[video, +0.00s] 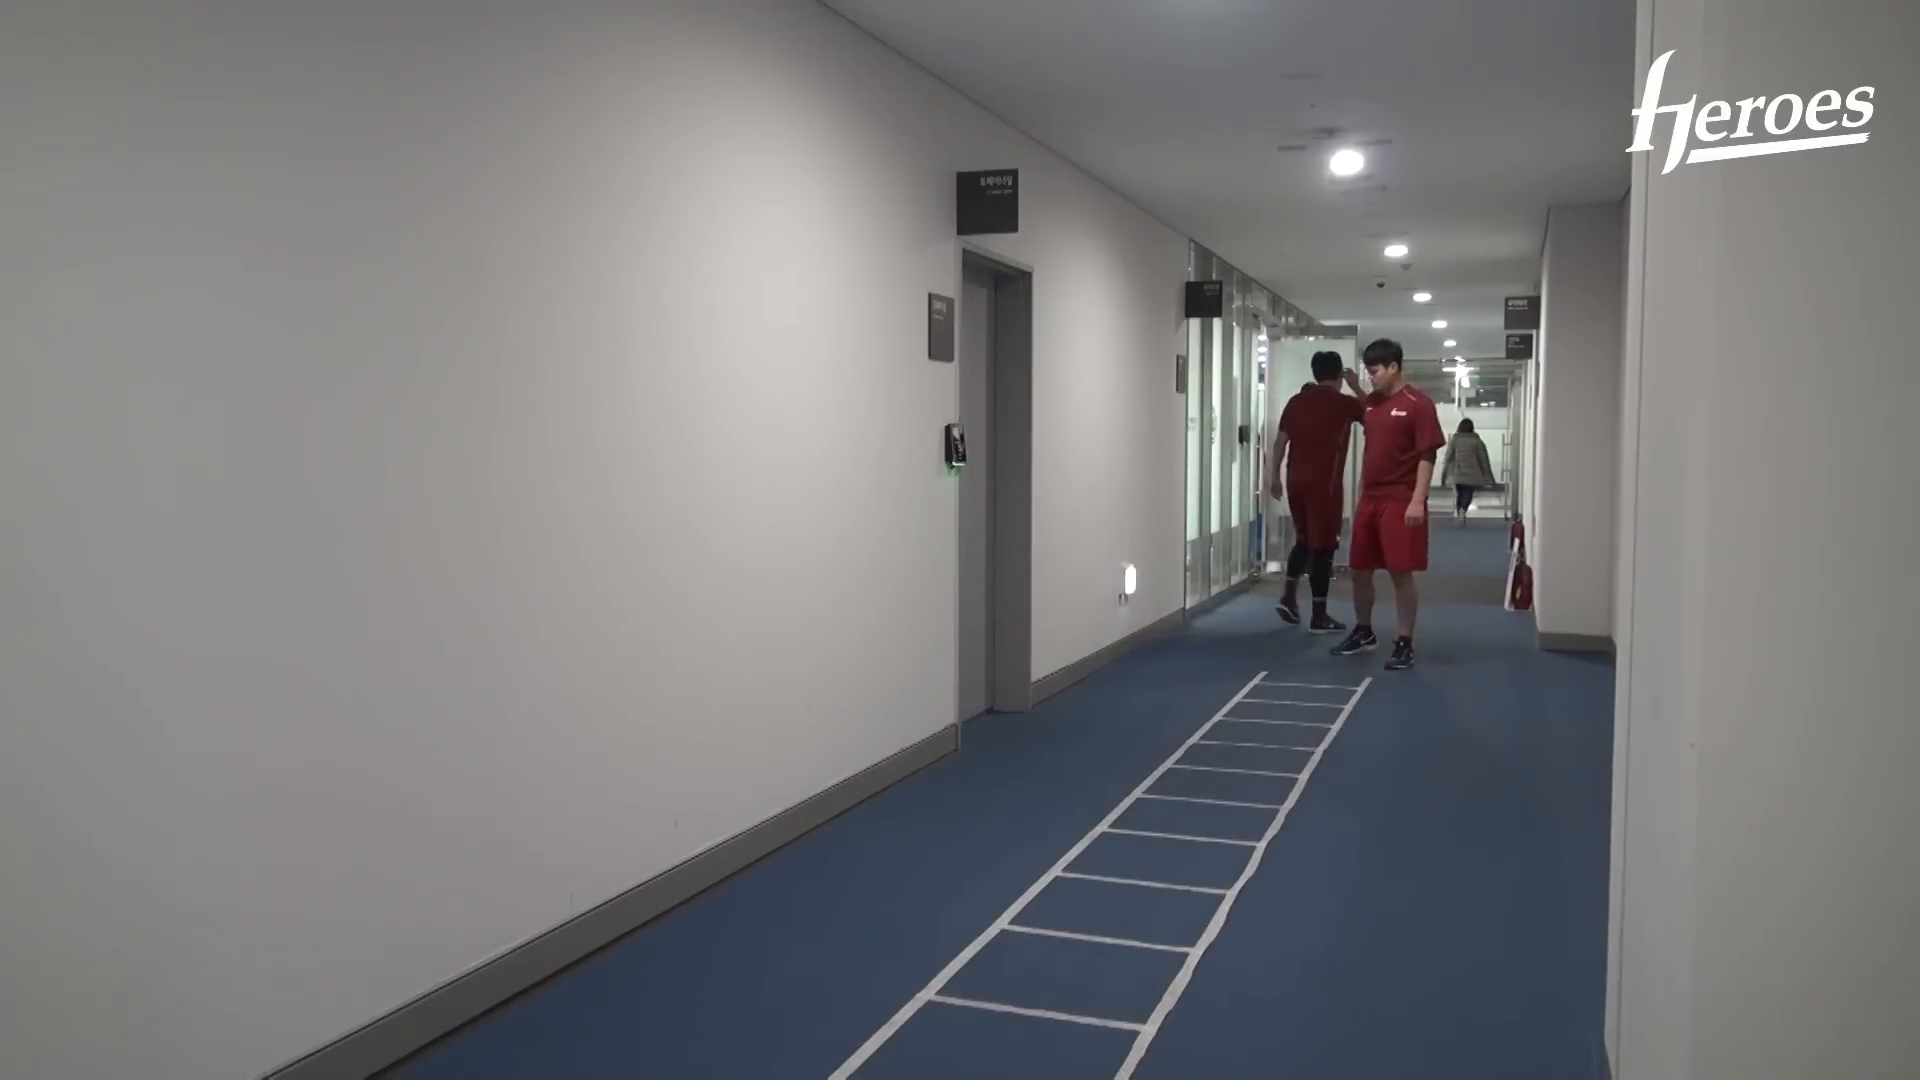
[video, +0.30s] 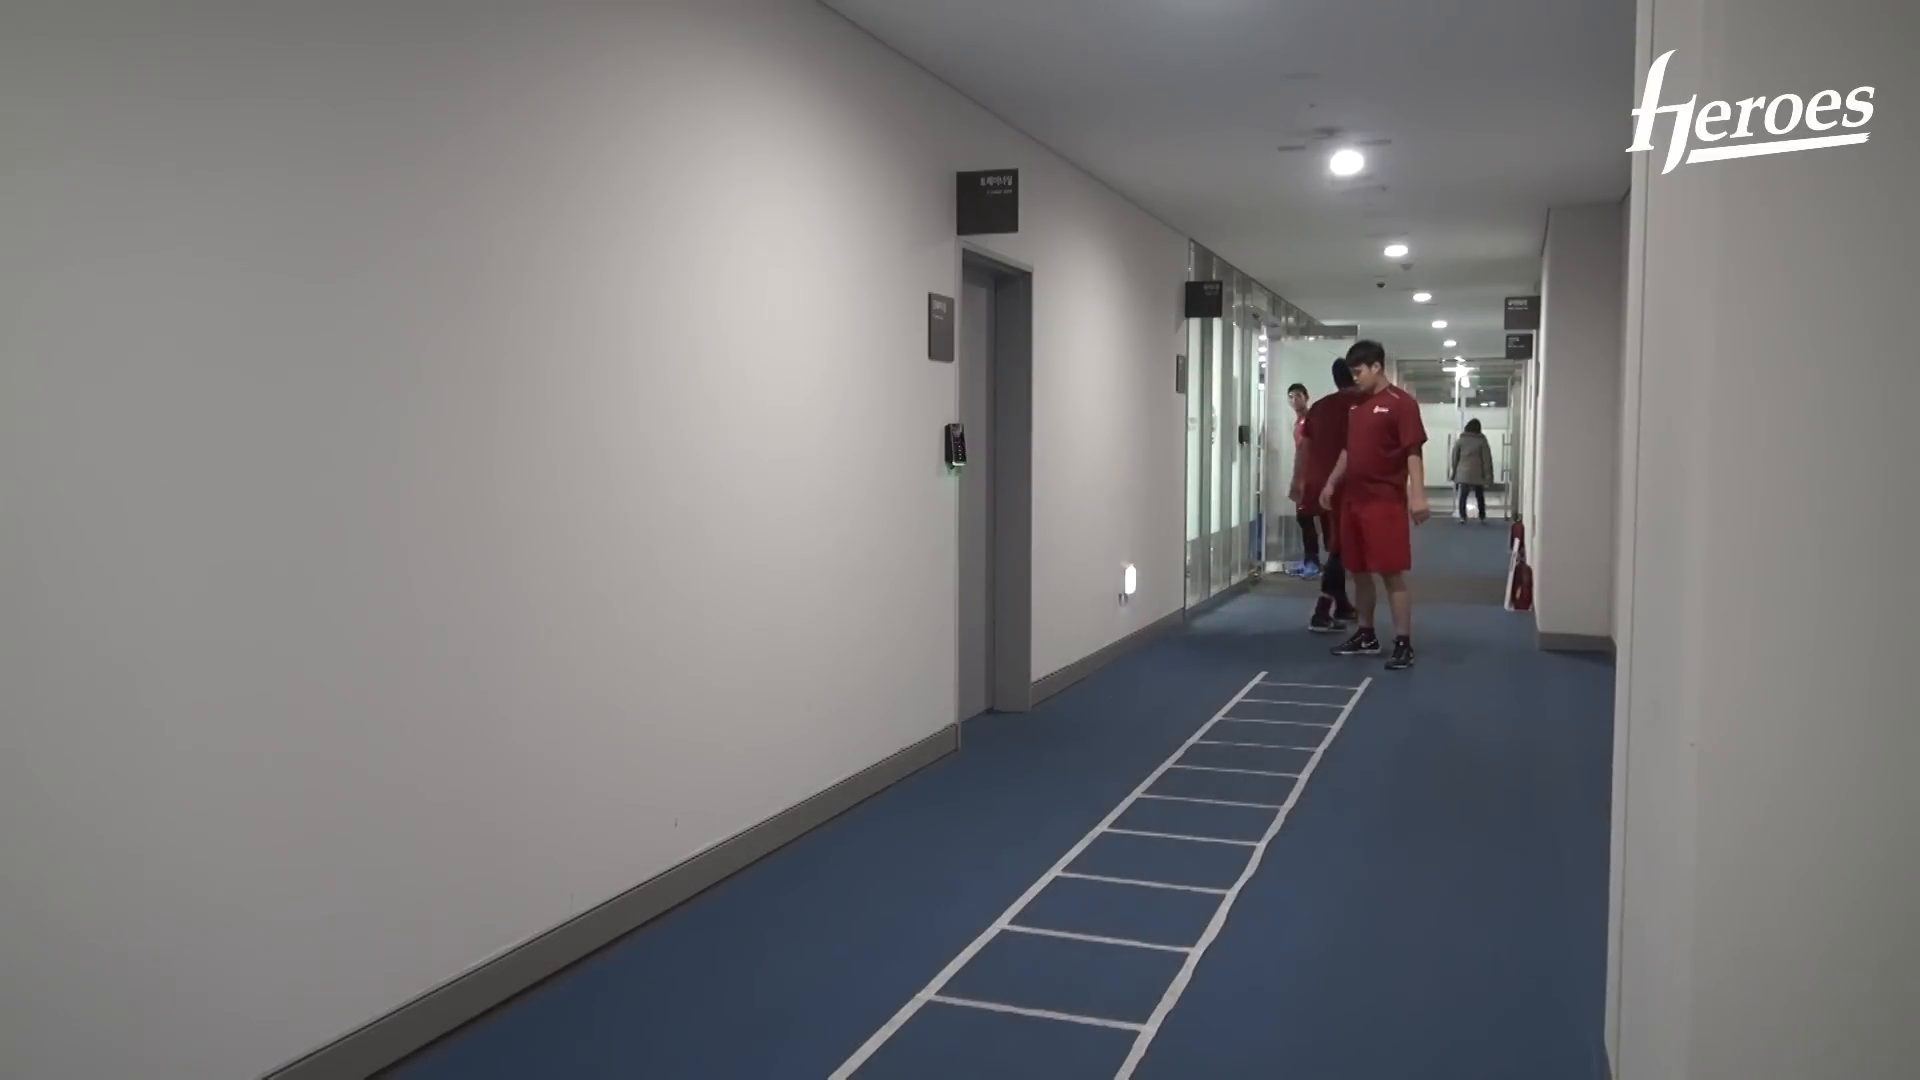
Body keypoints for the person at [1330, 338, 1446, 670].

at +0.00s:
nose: (1370, 375)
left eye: (1375, 368)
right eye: (1368, 369)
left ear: (1394, 367)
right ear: (1372, 371)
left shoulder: (1419, 403)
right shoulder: (1372, 405)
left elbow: (1428, 456)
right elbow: (1370, 454)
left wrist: (1418, 500)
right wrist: (1361, 497)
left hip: (1400, 500)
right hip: (1370, 498)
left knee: (1400, 572)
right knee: (1360, 569)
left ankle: (1404, 643)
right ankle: (1363, 630)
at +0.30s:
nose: (1353, 377)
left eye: (1357, 370)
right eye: (1351, 371)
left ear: (1376, 367)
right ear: (1361, 371)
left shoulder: (1403, 403)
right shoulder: (1356, 407)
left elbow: (1414, 452)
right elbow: (1349, 451)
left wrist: (1417, 494)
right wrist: (1331, 483)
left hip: (1386, 500)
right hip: (1353, 499)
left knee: (1391, 572)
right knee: (1360, 571)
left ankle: (1402, 644)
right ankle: (1365, 635)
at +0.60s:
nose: (1339, 378)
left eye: (1344, 372)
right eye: (1337, 373)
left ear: (1361, 369)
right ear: (1342, 373)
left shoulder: (1388, 403)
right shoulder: (1339, 406)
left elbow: (1396, 453)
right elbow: (1328, 452)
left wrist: (1384, 493)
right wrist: (1308, 485)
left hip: (1369, 500)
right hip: (1339, 499)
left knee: (1369, 570)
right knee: (1351, 571)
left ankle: (1393, 638)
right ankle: (1364, 633)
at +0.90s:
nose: (1320, 379)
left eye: (1323, 373)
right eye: (1319, 374)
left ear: (1340, 369)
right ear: (1333, 371)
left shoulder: (1373, 404)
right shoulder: (1325, 407)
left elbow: (1385, 453)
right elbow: (1318, 453)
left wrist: (1387, 496)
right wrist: (1304, 490)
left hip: (1361, 499)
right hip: (1331, 500)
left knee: (1334, 564)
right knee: (1351, 570)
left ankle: (1338, 635)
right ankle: (1365, 633)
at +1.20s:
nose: (1305, 378)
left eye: (1308, 371)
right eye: (1303, 372)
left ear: (1326, 367)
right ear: (1316, 370)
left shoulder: (1353, 404)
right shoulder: (1313, 405)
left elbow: (1367, 453)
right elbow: (1310, 450)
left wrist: (1375, 498)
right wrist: (1304, 485)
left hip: (1345, 499)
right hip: (1320, 499)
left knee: (1321, 569)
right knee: (1340, 568)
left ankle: (1316, 638)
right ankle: (1363, 630)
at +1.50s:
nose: (1310, 372)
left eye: (1316, 366)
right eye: (1306, 367)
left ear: (1331, 366)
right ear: (1303, 368)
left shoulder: (1345, 399)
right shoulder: (1305, 401)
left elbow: (1342, 449)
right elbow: (1299, 448)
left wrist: (1312, 482)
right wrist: (1296, 486)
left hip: (1336, 496)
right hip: (1310, 495)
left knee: (1327, 568)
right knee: (1302, 561)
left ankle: (1319, 636)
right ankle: (1340, 615)